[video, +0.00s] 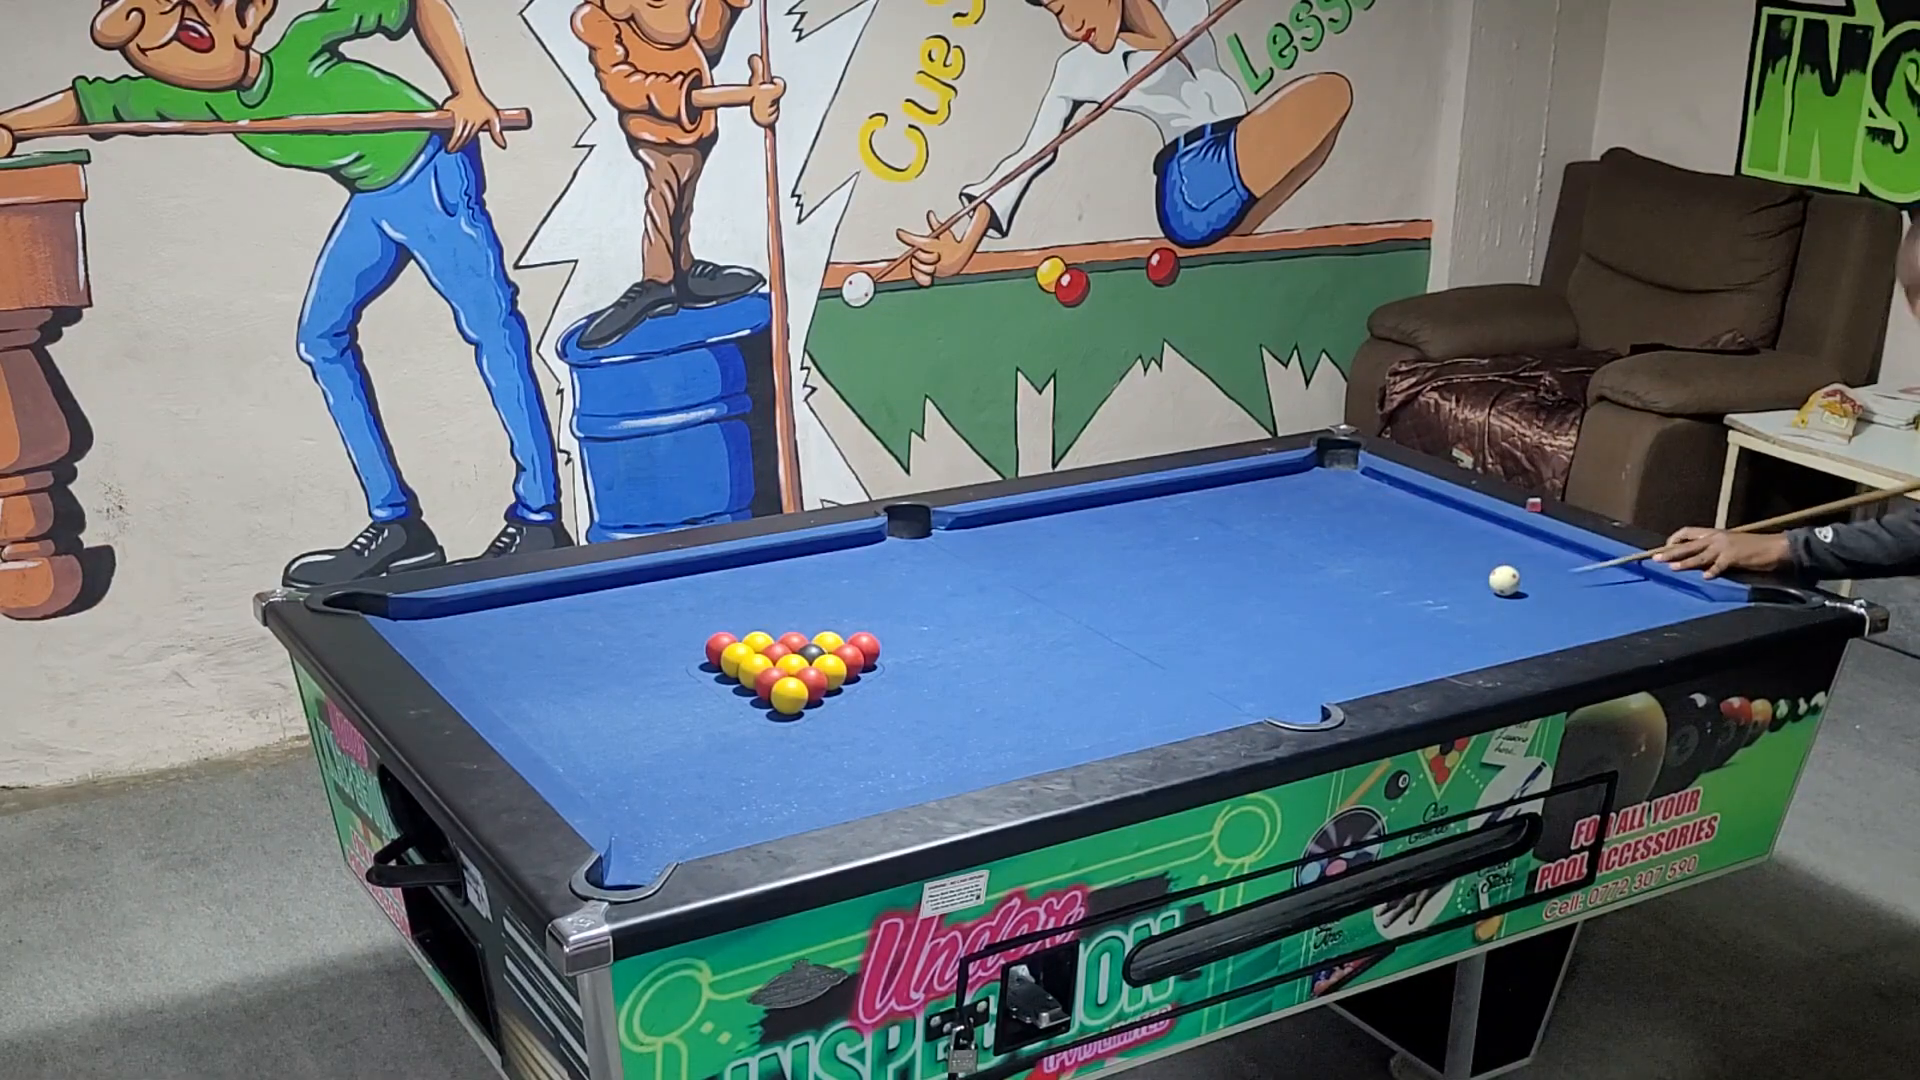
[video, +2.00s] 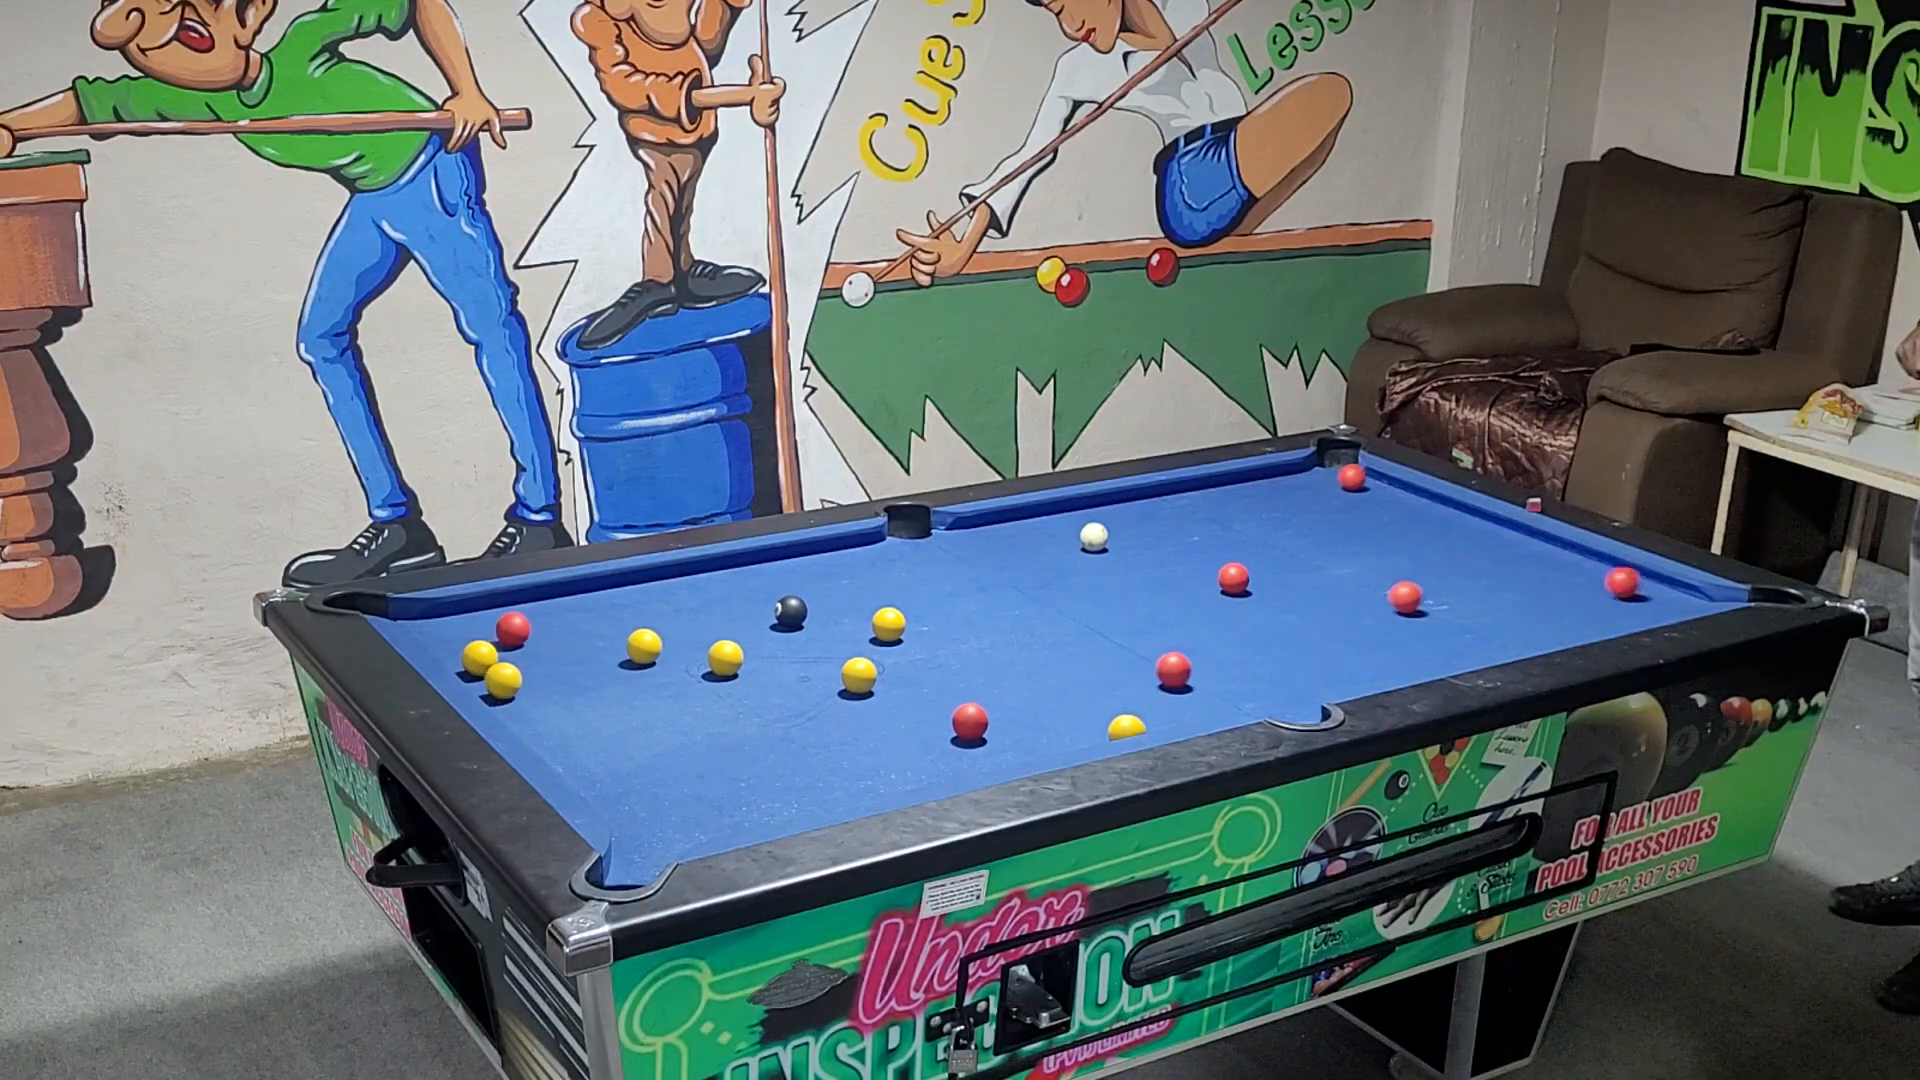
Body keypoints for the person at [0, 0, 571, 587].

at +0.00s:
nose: (208, 55)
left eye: (201, 40)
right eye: (191, 54)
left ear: (223, 21)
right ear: (182, 75)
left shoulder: (300, 37)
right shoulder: (213, 99)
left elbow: (418, 4)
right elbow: (89, 100)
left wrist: (467, 87)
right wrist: (9, 124)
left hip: (426, 166)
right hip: (369, 199)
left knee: (493, 331)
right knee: (322, 338)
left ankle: (540, 517)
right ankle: (397, 523)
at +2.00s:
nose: (207, 60)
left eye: (200, 44)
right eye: (190, 59)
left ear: (228, 23)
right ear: (184, 74)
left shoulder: (300, 37)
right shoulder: (212, 98)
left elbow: (418, 4)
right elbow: (90, 101)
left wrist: (467, 87)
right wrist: (9, 124)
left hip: (426, 165)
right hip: (369, 199)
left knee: (492, 329)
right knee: (322, 337)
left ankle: (541, 516)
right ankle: (397, 522)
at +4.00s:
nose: (205, 55)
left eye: (199, 41)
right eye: (189, 55)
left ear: (225, 21)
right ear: (184, 74)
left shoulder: (300, 37)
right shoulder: (213, 98)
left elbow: (418, 3)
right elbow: (91, 100)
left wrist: (466, 87)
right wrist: (10, 124)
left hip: (426, 165)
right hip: (369, 198)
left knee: (491, 327)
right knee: (322, 337)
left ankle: (541, 518)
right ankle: (397, 522)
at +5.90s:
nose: (203, 55)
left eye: (197, 40)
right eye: (187, 55)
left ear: (222, 20)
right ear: (183, 73)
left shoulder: (300, 37)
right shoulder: (218, 98)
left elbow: (417, 3)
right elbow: (92, 100)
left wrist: (467, 87)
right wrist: (9, 124)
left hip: (426, 164)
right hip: (369, 197)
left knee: (492, 329)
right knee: (321, 337)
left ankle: (541, 518)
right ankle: (397, 522)